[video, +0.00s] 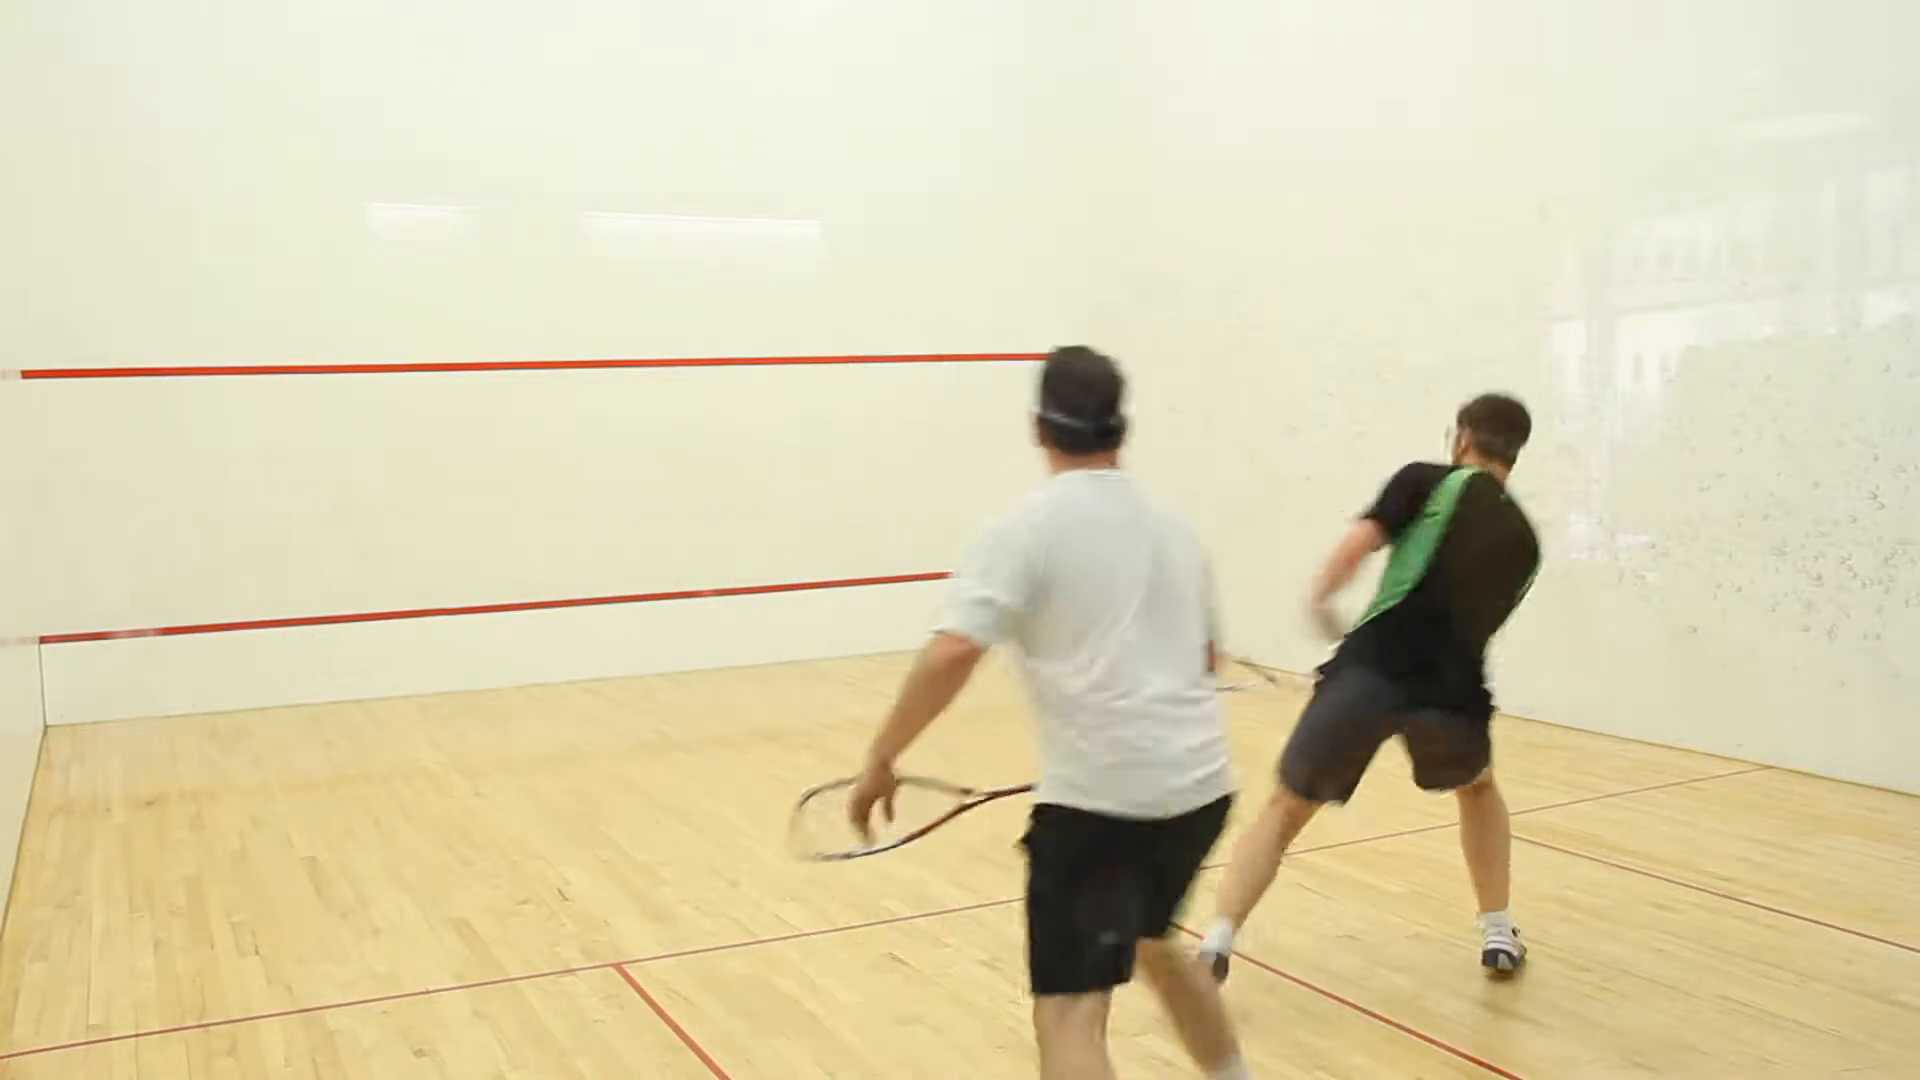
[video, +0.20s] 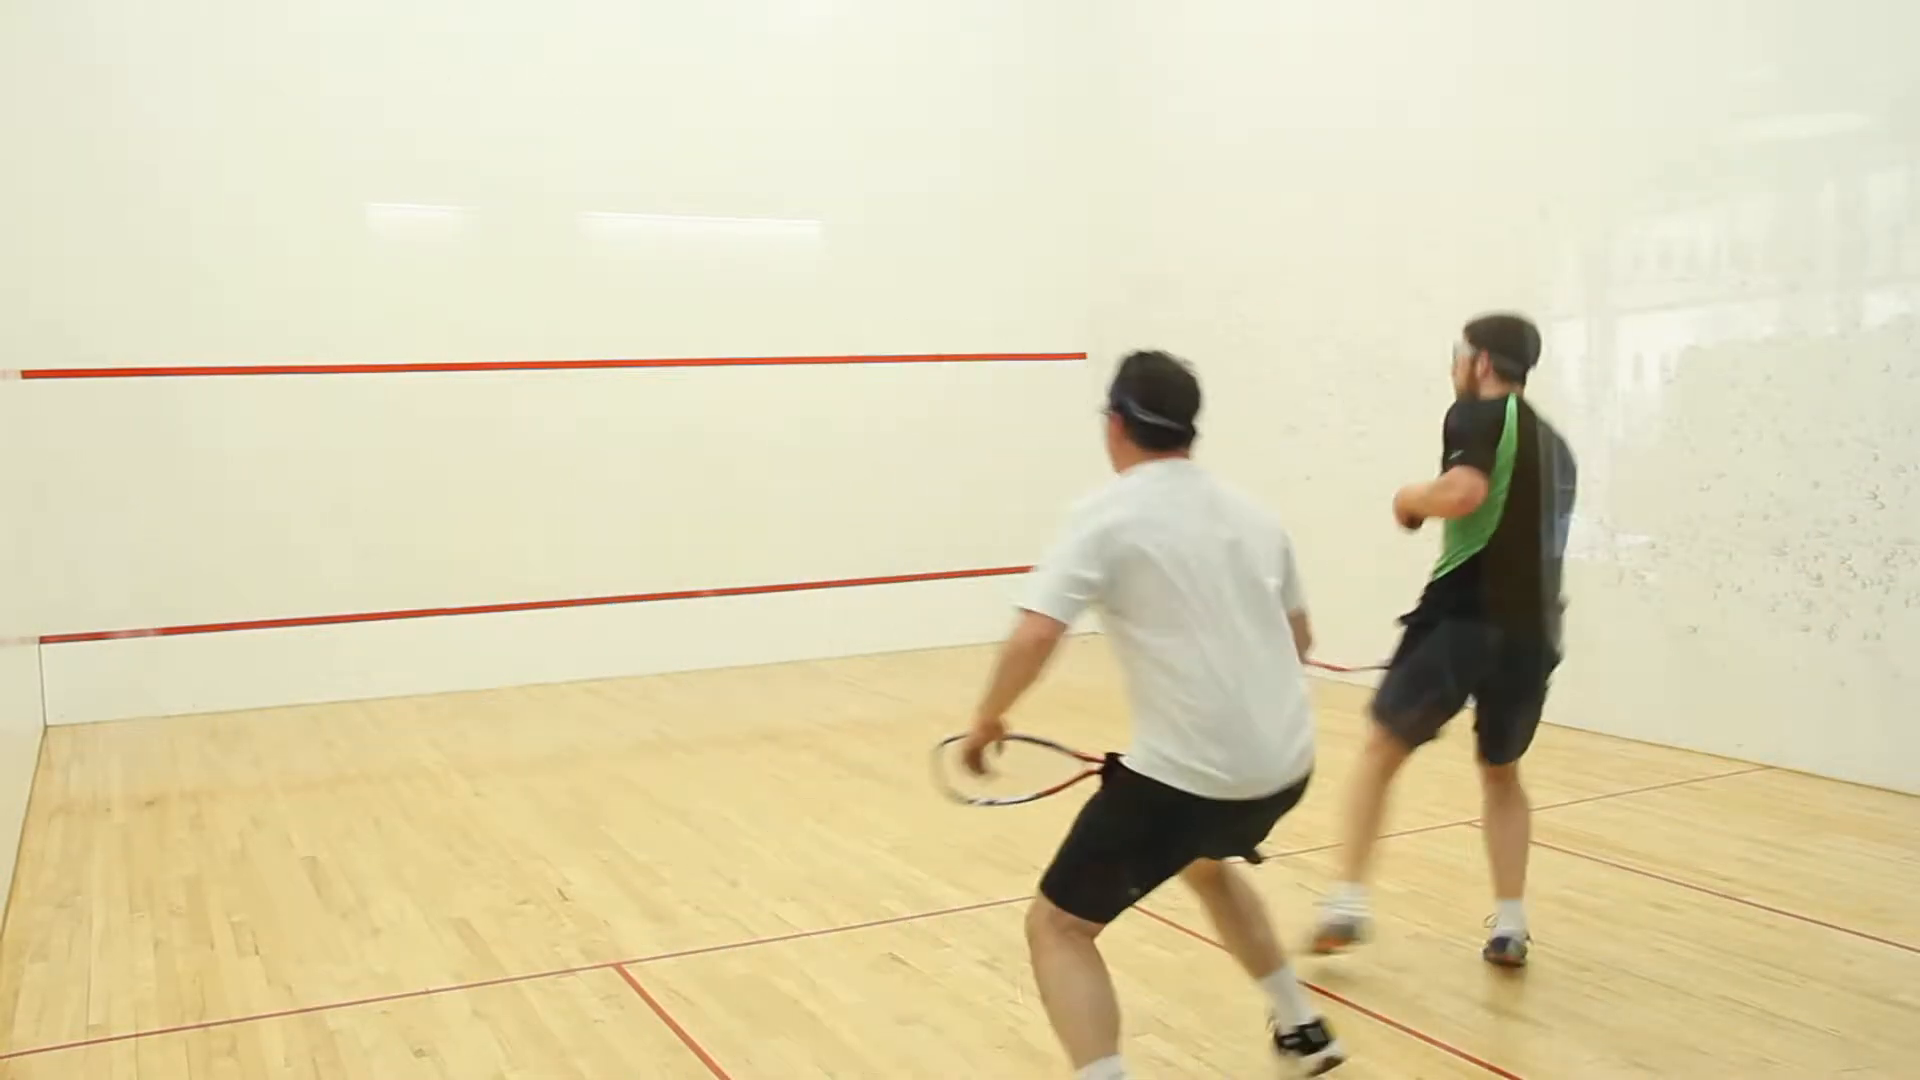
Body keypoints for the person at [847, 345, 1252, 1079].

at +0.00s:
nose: (1038, 424)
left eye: (1037, 415)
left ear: (1039, 428)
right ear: (1123, 426)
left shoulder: (1028, 527)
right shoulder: (1173, 527)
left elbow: (952, 654)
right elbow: (1205, 659)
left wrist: (882, 759)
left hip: (1095, 801)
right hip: (1200, 792)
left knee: (1072, 1015)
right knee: (1156, 940)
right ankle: (1233, 1070)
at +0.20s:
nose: (1106, 428)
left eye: (1108, 417)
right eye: (1110, 417)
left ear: (1117, 424)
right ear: (1189, 429)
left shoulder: (1109, 515)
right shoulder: (1249, 514)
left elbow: (1034, 637)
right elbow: (1298, 640)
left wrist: (990, 716)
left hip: (1181, 775)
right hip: (1284, 767)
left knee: (1057, 923)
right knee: (1204, 857)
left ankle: (1102, 1069)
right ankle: (1298, 1023)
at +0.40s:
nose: (1227, 455)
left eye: (1231, 446)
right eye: (1234, 445)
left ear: (1240, 455)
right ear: (1303, 459)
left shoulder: (1208, 538)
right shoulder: (1343, 542)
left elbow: (1137, 645)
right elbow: (1384, 655)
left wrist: (1118, 682)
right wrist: (1322, 697)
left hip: (1223, 781)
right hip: (1328, 780)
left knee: (1153, 945)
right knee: (1289, 852)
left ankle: (1145, 1070)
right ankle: (1342, 1018)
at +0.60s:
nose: (1312, 429)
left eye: (1315, 419)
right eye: (1320, 420)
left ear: (1324, 426)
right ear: (1386, 438)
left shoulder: (1274, 493)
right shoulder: (1413, 519)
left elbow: (1189, 578)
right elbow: (1463, 631)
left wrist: (1199, 650)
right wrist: (1427, 693)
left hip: (1282, 717)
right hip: (1379, 722)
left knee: (1258, 866)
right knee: (1340, 829)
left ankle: (1333, 1011)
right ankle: (1353, 976)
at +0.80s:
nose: (1365, 418)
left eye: (1366, 408)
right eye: (1381, 410)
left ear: (1370, 412)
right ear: (1429, 419)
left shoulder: (1325, 479)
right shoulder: (1462, 489)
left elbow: (1269, 560)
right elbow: (1517, 590)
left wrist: (1312, 591)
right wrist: (1505, 661)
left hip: (1335, 681)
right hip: (1424, 684)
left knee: (1334, 821)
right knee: (1411, 812)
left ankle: (1330, 938)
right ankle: (1396, 960)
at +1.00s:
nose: (1434, 397)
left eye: (1428, 386)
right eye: (1462, 393)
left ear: (1422, 389)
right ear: (1476, 396)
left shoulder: (1384, 444)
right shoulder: (1499, 455)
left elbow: (1306, 503)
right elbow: (1575, 515)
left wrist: (1324, 580)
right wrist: (1604, 557)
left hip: (1386, 629)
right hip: (1469, 635)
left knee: (1374, 738)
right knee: (1439, 759)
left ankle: (1391, 861)